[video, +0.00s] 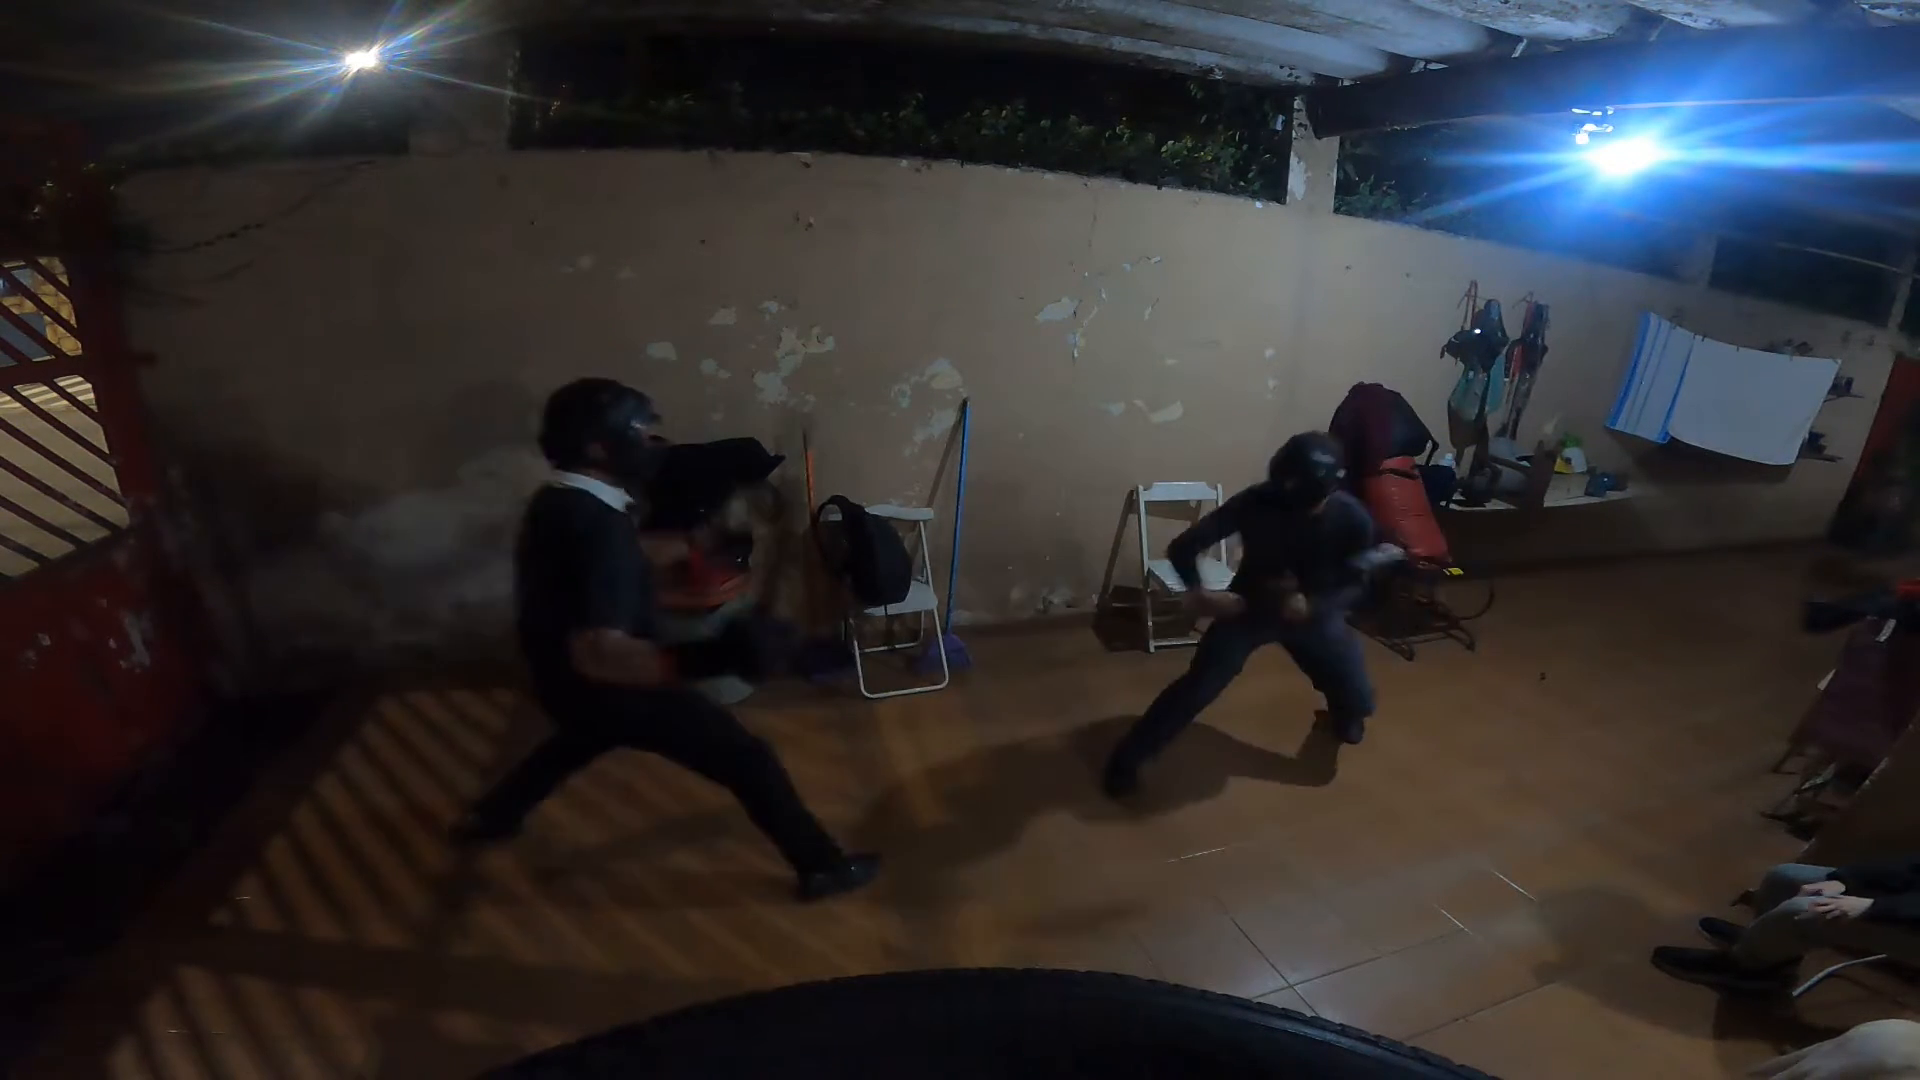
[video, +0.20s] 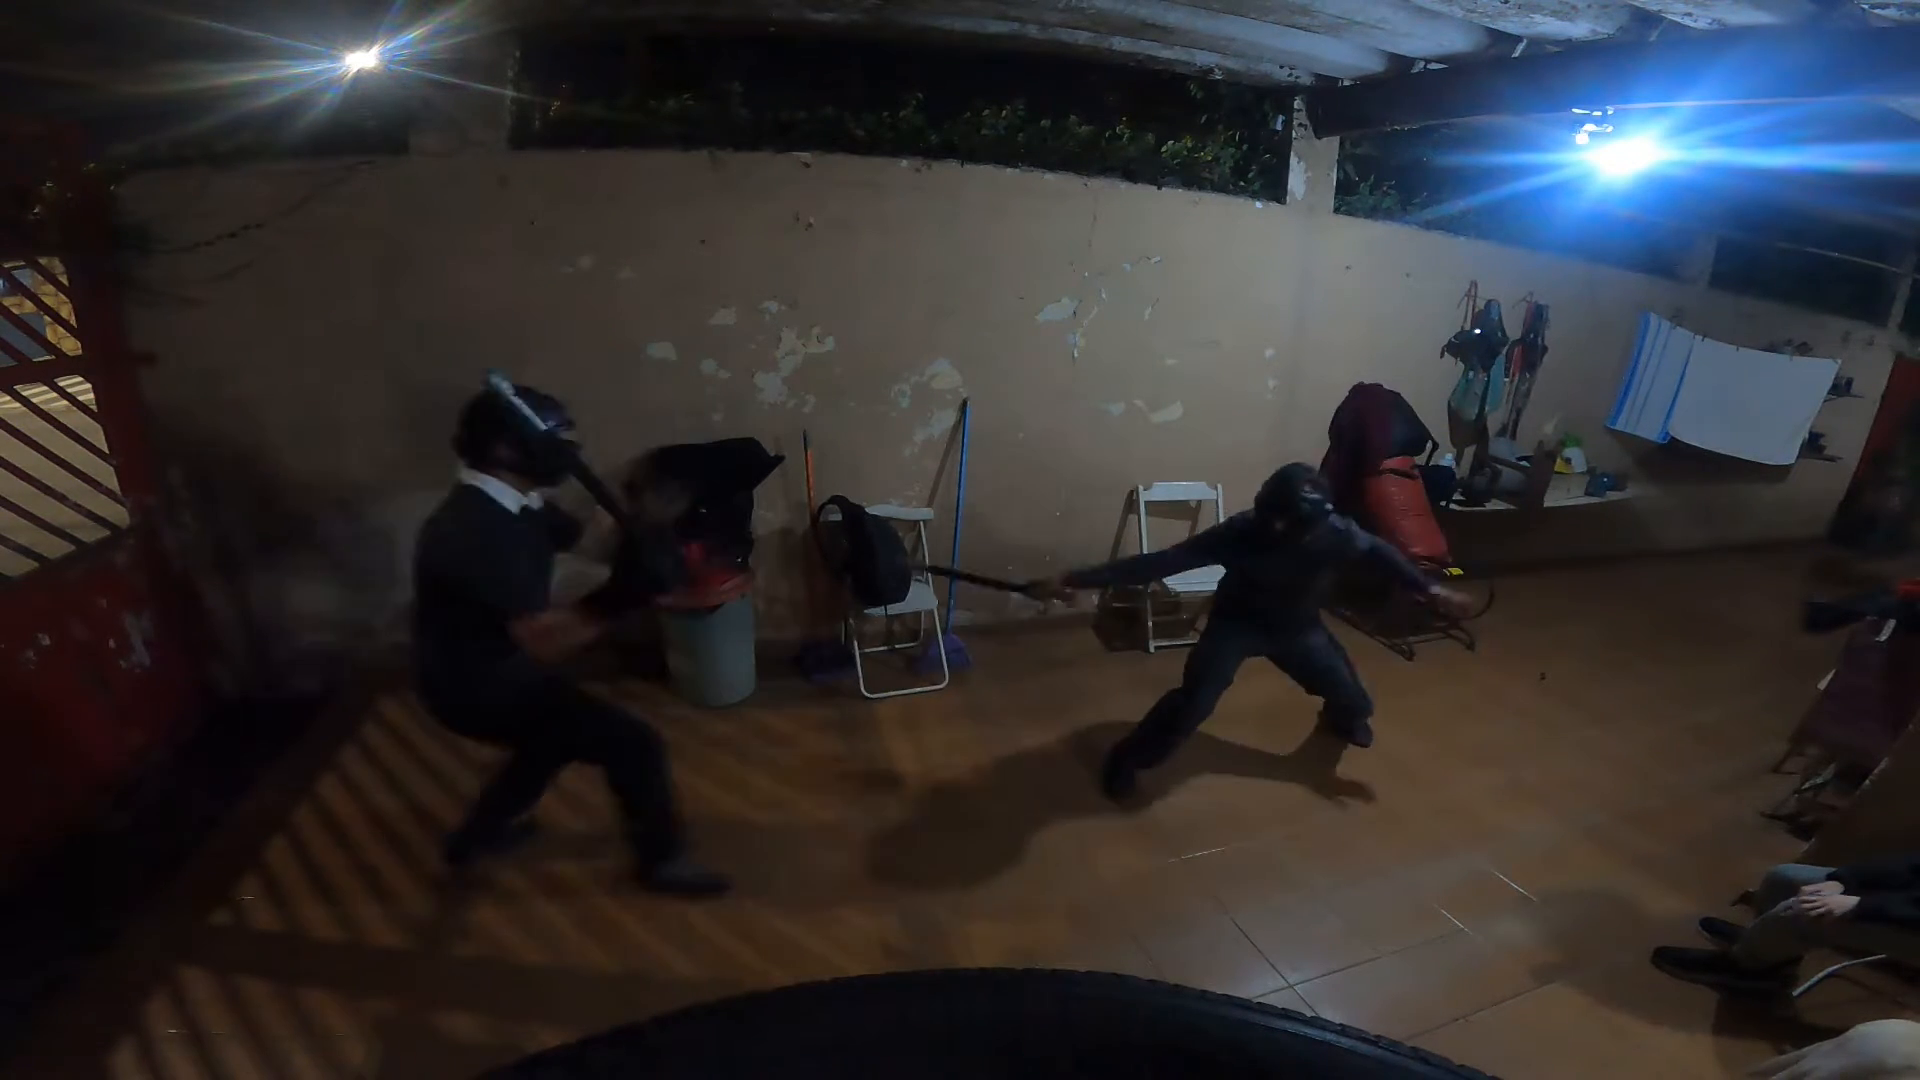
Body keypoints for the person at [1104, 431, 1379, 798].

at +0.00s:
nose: (1306, 504)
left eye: (1313, 495)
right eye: (1296, 494)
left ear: (1330, 487)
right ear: (1283, 482)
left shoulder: (1350, 520)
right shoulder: (1256, 504)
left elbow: (1357, 584)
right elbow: (1182, 548)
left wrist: (1313, 604)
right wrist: (1199, 592)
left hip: (1316, 616)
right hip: (1250, 609)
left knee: (1356, 698)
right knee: (1200, 687)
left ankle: (1348, 720)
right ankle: (1127, 760)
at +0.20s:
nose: (1311, 528)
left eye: (1317, 520)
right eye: (1303, 519)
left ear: (1323, 515)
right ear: (1278, 515)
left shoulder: (1334, 532)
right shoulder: (1240, 535)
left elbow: (1380, 555)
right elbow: (1163, 563)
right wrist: (1081, 580)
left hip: (1299, 626)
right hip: (1235, 626)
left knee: (1351, 694)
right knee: (1196, 703)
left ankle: (1347, 720)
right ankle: (1126, 764)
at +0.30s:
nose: (1312, 510)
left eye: (1319, 500)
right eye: (1302, 499)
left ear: (1326, 495)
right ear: (1278, 494)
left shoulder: (1339, 521)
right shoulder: (1240, 516)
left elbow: (1388, 549)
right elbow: (1185, 552)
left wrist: (1447, 580)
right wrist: (1134, 582)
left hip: (1304, 625)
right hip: (1239, 621)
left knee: (1345, 686)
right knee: (1193, 696)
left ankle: (1348, 722)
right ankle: (1128, 760)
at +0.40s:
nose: (1299, 484)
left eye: (1306, 475)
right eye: (1289, 474)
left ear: (1317, 468)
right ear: (1268, 467)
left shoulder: (1343, 502)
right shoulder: (1237, 493)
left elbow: (1393, 542)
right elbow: (1200, 538)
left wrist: (1449, 583)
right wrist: (1161, 582)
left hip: (1309, 611)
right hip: (1242, 605)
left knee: (1343, 680)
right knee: (1190, 683)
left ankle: (1349, 721)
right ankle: (1132, 759)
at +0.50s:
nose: (1264, 465)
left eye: (1272, 457)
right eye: (1259, 454)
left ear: (1300, 448)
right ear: (1250, 444)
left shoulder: (1337, 484)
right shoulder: (1233, 471)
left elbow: (1387, 532)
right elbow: (1200, 522)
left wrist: (1434, 576)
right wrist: (1159, 573)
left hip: (1304, 607)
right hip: (1234, 600)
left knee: (1332, 684)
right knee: (1181, 681)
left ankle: (1351, 722)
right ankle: (1132, 758)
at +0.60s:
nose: (1259, 451)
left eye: (1269, 443)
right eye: (1253, 441)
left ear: (1298, 433)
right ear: (1244, 432)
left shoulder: (1332, 476)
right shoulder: (1227, 460)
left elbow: (1381, 527)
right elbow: (1196, 510)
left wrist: (1425, 577)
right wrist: (1149, 553)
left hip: (1298, 600)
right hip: (1230, 591)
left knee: (1318, 681)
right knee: (1181, 675)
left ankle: (1325, 717)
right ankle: (1129, 759)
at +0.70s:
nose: (1254, 450)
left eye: (1264, 442)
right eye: (1249, 439)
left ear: (1294, 435)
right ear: (1245, 431)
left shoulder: (1333, 477)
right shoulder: (1229, 461)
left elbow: (1375, 537)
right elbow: (1197, 516)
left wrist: (1427, 586)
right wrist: (1150, 556)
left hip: (1296, 597)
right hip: (1232, 584)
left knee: (1286, 693)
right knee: (1181, 669)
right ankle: (1132, 756)